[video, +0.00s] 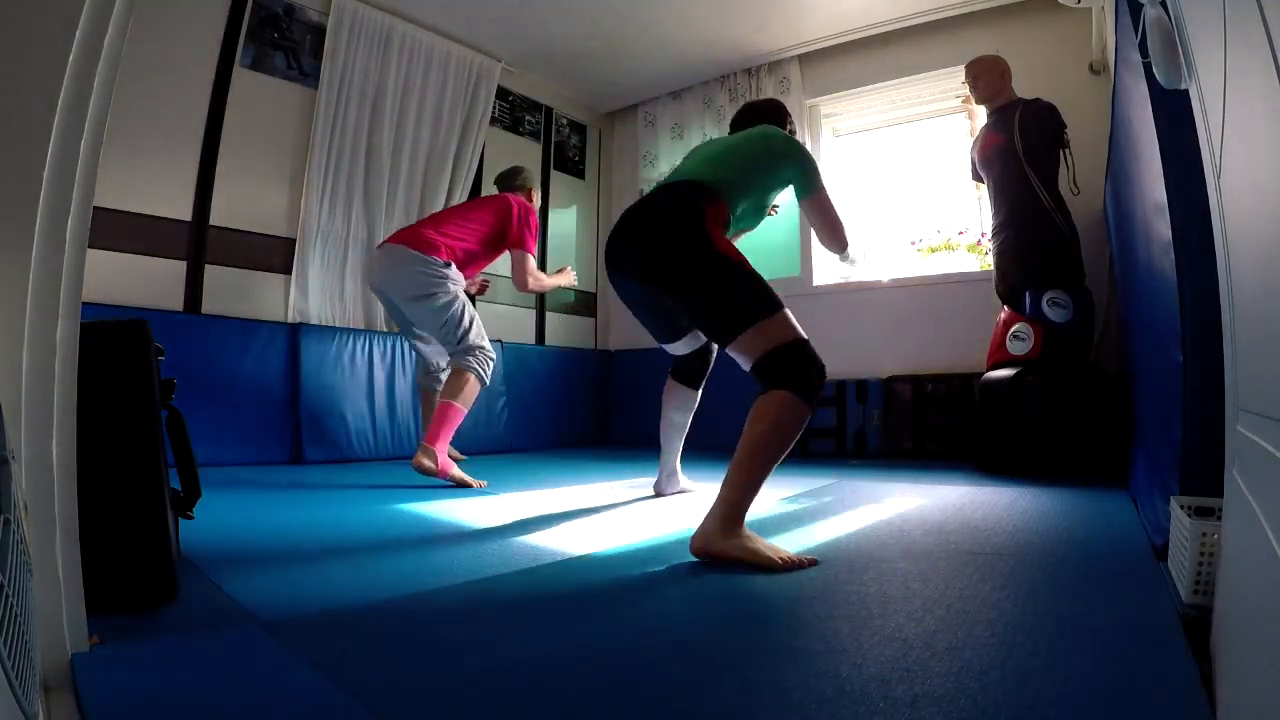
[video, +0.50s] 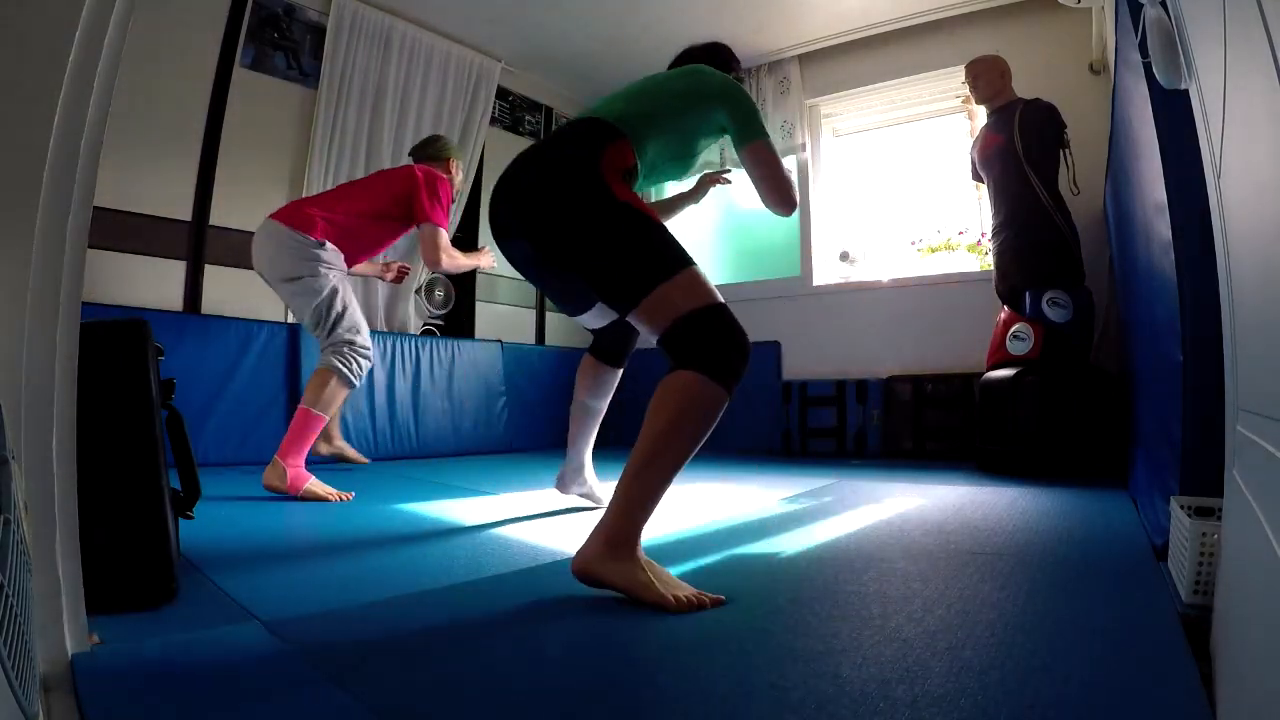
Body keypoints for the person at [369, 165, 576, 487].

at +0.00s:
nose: (538, 203)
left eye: (537, 199)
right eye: (538, 198)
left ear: (503, 192)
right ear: (532, 195)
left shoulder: (478, 207)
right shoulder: (522, 209)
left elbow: (429, 246)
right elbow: (526, 280)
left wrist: (463, 284)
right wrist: (561, 279)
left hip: (384, 261)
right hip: (424, 265)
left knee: (435, 357)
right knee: (477, 354)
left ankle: (434, 441)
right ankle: (434, 450)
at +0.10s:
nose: (525, 204)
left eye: (526, 198)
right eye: (526, 196)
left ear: (487, 186)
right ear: (519, 189)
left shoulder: (461, 203)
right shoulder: (503, 201)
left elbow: (412, 261)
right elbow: (509, 273)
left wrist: (454, 282)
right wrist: (544, 274)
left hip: (360, 258)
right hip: (395, 257)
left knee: (419, 349)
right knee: (459, 341)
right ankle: (434, 451)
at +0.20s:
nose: (508, 201)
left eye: (510, 194)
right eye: (510, 192)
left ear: (470, 183)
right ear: (502, 186)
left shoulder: (448, 204)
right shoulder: (483, 199)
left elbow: (395, 272)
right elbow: (491, 271)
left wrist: (441, 284)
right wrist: (528, 273)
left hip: (339, 260)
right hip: (369, 257)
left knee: (396, 354)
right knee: (444, 333)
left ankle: (375, 441)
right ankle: (391, 434)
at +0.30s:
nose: (490, 193)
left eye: (491, 186)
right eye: (491, 185)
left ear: (451, 178)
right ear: (482, 179)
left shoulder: (431, 197)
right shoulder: (467, 196)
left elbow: (375, 260)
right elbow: (472, 271)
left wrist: (413, 280)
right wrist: (513, 271)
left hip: (324, 258)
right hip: (350, 262)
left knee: (381, 352)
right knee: (404, 356)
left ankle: (368, 448)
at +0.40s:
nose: (472, 187)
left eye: (473, 182)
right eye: (473, 180)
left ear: (433, 172)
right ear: (465, 173)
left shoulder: (412, 190)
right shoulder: (451, 191)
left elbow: (349, 240)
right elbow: (459, 269)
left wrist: (389, 274)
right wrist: (493, 267)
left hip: (302, 248)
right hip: (327, 255)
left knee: (363, 343)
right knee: (376, 361)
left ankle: (369, 441)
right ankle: (294, 457)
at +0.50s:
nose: (460, 184)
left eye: (462, 176)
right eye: (461, 174)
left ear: (419, 164)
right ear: (452, 166)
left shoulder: (398, 183)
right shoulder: (433, 180)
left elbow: (335, 255)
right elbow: (440, 259)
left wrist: (380, 269)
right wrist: (478, 260)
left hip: (282, 238)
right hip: (301, 242)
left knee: (345, 336)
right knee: (352, 351)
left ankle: (328, 436)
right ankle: (287, 465)